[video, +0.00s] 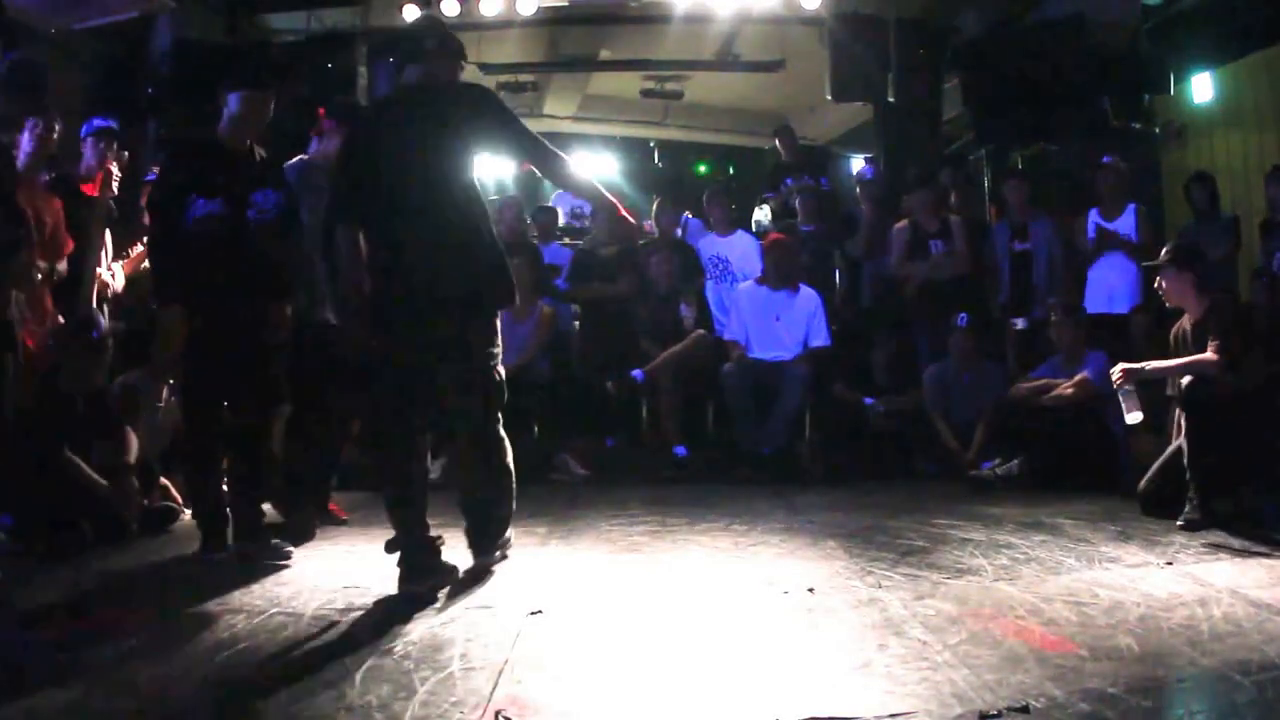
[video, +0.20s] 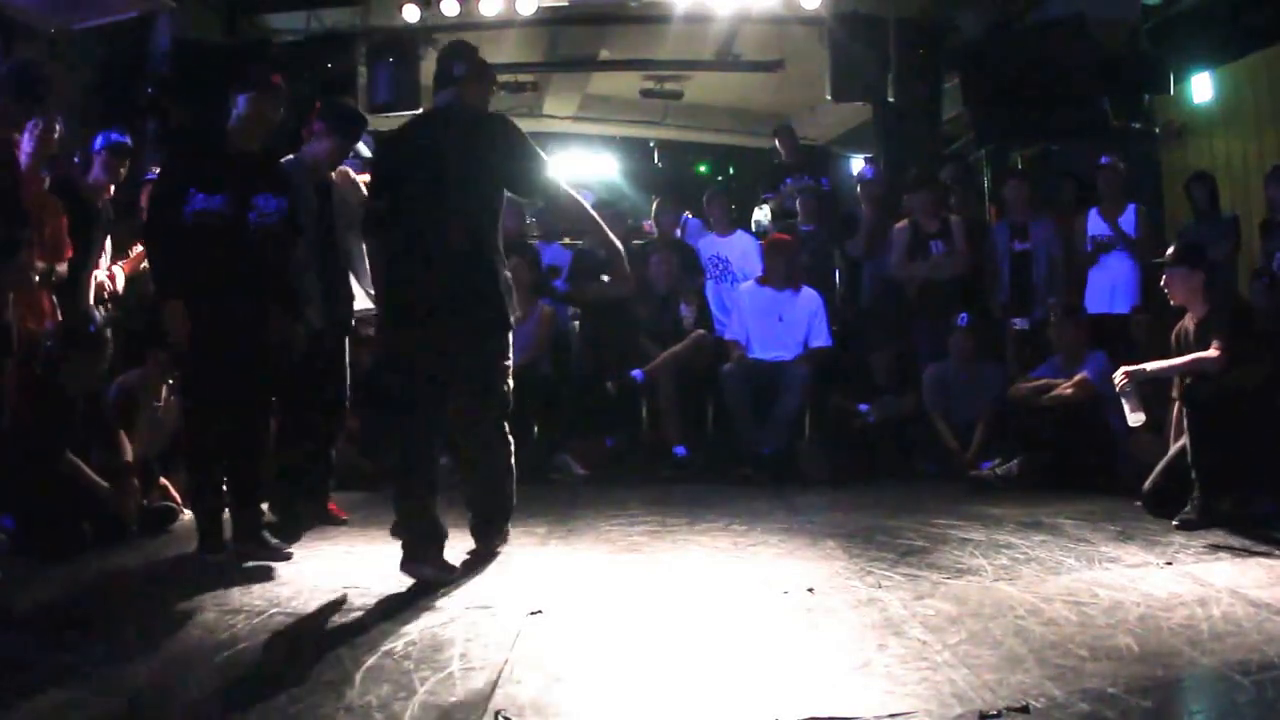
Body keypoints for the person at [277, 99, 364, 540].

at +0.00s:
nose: (342, 147)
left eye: (346, 139)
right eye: (338, 137)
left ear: (344, 138)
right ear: (323, 131)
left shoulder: (346, 177)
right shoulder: (299, 174)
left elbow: (352, 244)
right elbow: (300, 245)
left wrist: (360, 292)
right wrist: (314, 300)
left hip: (339, 311)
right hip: (306, 310)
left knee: (331, 407)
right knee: (308, 405)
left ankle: (320, 491)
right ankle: (298, 493)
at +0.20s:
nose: (342, 157)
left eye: (347, 149)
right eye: (339, 146)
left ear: (346, 146)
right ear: (318, 134)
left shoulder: (334, 186)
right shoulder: (285, 179)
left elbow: (350, 249)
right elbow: (283, 251)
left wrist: (369, 297)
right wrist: (290, 303)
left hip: (331, 311)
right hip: (293, 311)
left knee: (331, 403)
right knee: (298, 403)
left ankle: (318, 492)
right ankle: (289, 496)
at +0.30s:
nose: (336, 157)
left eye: (341, 150)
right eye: (331, 147)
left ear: (341, 150)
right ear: (306, 138)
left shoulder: (333, 188)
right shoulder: (285, 182)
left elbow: (370, 227)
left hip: (326, 311)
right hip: (287, 311)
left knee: (333, 402)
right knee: (283, 405)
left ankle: (315, 492)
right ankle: (277, 495)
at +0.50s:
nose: (320, 153)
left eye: (324, 145)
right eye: (316, 144)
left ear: (322, 143)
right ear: (300, 140)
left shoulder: (336, 181)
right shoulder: (278, 179)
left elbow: (358, 232)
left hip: (322, 303)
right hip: (282, 302)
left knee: (322, 395)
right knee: (280, 394)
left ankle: (311, 485)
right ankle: (278, 486)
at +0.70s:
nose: (312, 153)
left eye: (316, 145)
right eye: (306, 144)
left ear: (321, 146)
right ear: (288, 142)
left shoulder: (324, 185)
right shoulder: (261, 183)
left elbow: (330, 240)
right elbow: (254, 243)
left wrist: (328, 288)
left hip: (313, 309)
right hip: (270, 310)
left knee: (321, 402)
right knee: (267, 403)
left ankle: (306, 484)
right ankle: (273, 490)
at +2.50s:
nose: (282, 113)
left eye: (284, 104)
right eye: (272, 104)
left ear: (280, 109)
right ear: (241, 106)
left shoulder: (294, 164)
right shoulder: (200, 163)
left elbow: (302, 229)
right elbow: (168, 224)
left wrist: (293, 284)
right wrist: (186, 268)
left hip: (268, 307)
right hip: (211, 306)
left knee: (262, 411)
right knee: (216, 415)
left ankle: (264, 511)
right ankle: (232, 515)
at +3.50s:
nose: (259, 71)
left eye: (260, 60)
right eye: (249, 59)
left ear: (249, 69)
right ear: (217, 61)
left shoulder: (239, 137)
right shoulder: (185, 124)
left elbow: (232, 222)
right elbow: (148, 201)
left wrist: (256, 260)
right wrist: (196, 259)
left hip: (221, 303)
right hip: (175, 306)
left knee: (243, 423)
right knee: (182, 426)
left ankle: (216, 536)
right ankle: (180, 553)